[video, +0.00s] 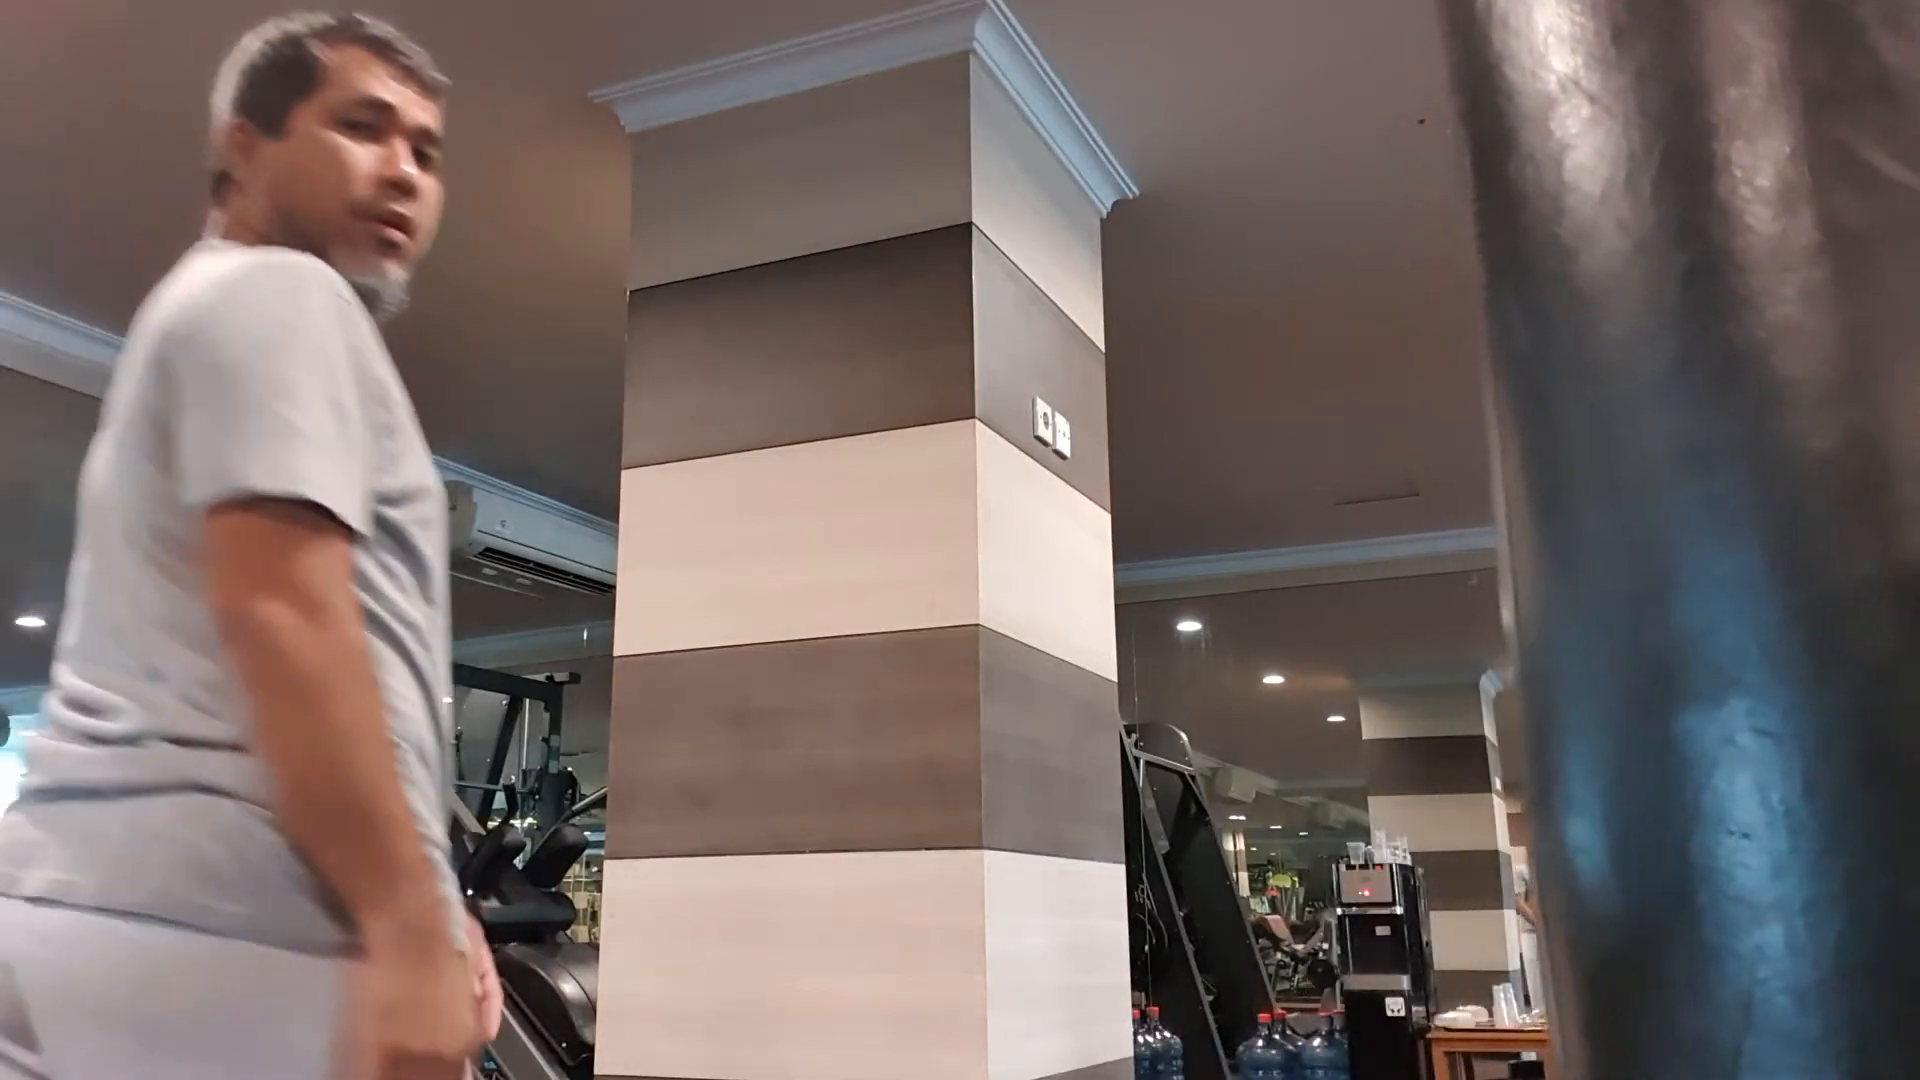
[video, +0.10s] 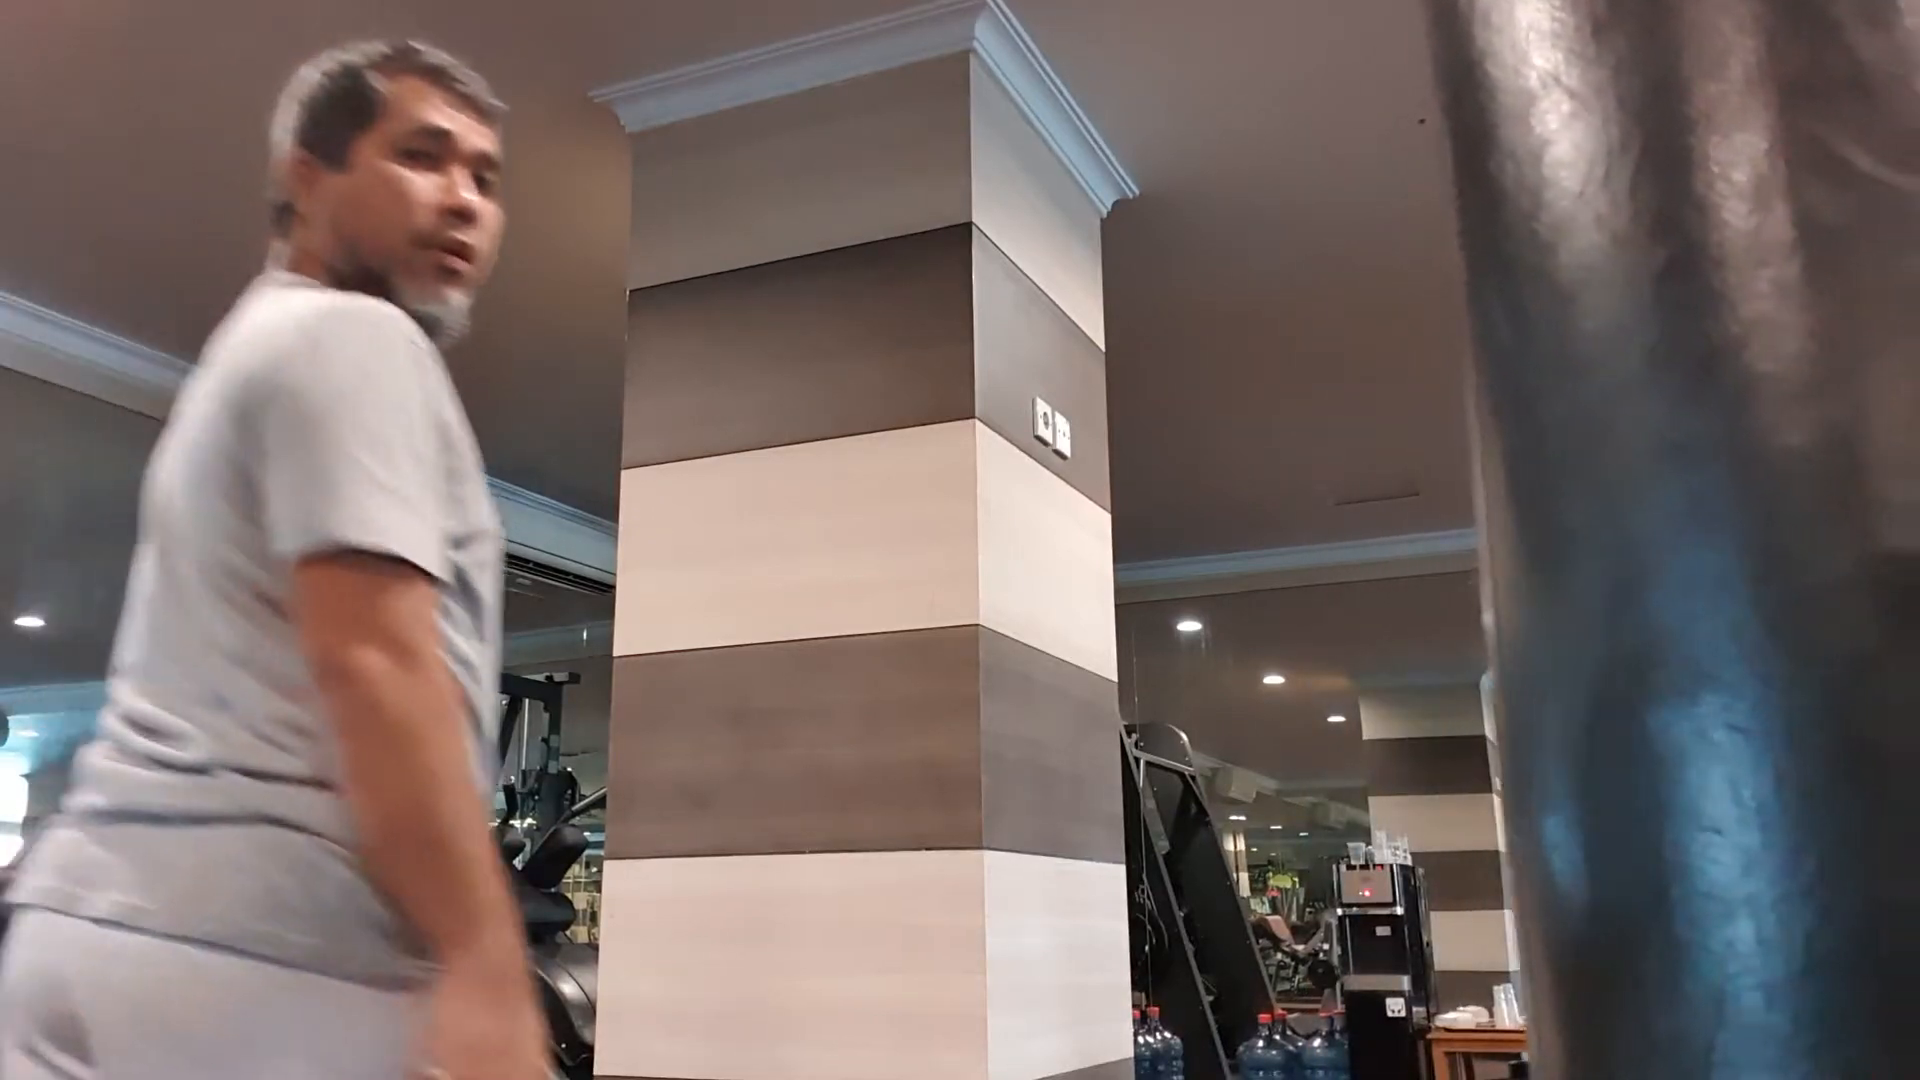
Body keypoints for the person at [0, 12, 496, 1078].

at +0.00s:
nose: (409, 172)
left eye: (427, 151)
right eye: (365, 126)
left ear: (437, 188)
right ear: (242, 144)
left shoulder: (213, 304)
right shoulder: (274, 296)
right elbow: (281, 610)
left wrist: (430, 904)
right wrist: (405, 922)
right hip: (219, 944)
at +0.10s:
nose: (466, 200)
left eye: (483, 178)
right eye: (423, 156)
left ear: (500, 212)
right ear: (306, 177)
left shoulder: (255, 341)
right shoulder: (352, 337)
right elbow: (376, 659)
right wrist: (485, 962)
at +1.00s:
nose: (816, 270)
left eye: (849, 247)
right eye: (784, 242)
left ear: (894, 296)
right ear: (729, 287)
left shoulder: (918, 503)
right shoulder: (647, 452)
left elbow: (966, 737)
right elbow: (534, 699)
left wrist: (1085, 917)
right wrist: (451, 954)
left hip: (876, 971)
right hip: (693, 953)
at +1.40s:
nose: (849, 221)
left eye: (889, 194)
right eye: (817, 193)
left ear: (946, 246)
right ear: (775, 241)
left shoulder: (1041, 444)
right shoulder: (682, 462)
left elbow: (1150, 635)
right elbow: (639, 736)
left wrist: (1163, 673)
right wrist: (612, 1001)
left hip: (969, 1002)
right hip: (726, 999)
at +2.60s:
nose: (886, 129)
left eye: (937, 77)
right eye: (843, 80)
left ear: (1015, 112)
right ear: (791, 113)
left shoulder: (1154, 326)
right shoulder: (736, 370)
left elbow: (1318, 600)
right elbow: (696, 610)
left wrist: (1292, 906)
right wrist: (656, 838)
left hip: (1079, 1001)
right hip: (792, 1002)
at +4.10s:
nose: (866, 221)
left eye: (925, 167)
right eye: (819, 164)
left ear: (1008, 208)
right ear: (766, 203)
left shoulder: (1137, 440)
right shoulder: (688, 443)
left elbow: (1256, 778)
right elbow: (581, 674)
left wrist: (1229, 1066)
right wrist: (611, 942)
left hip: (1091, 1006)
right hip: (797, 996)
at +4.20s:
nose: (867, 217)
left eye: (925, 164)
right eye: (820, 161)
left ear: (1007, 207)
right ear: (765, 199)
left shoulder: (1132, 440)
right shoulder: (685, 441)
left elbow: (1249, 802)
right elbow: (578, 700)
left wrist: (1223, 1068)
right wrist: (623, 958)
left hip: (1084, 1003)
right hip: (791, 991)